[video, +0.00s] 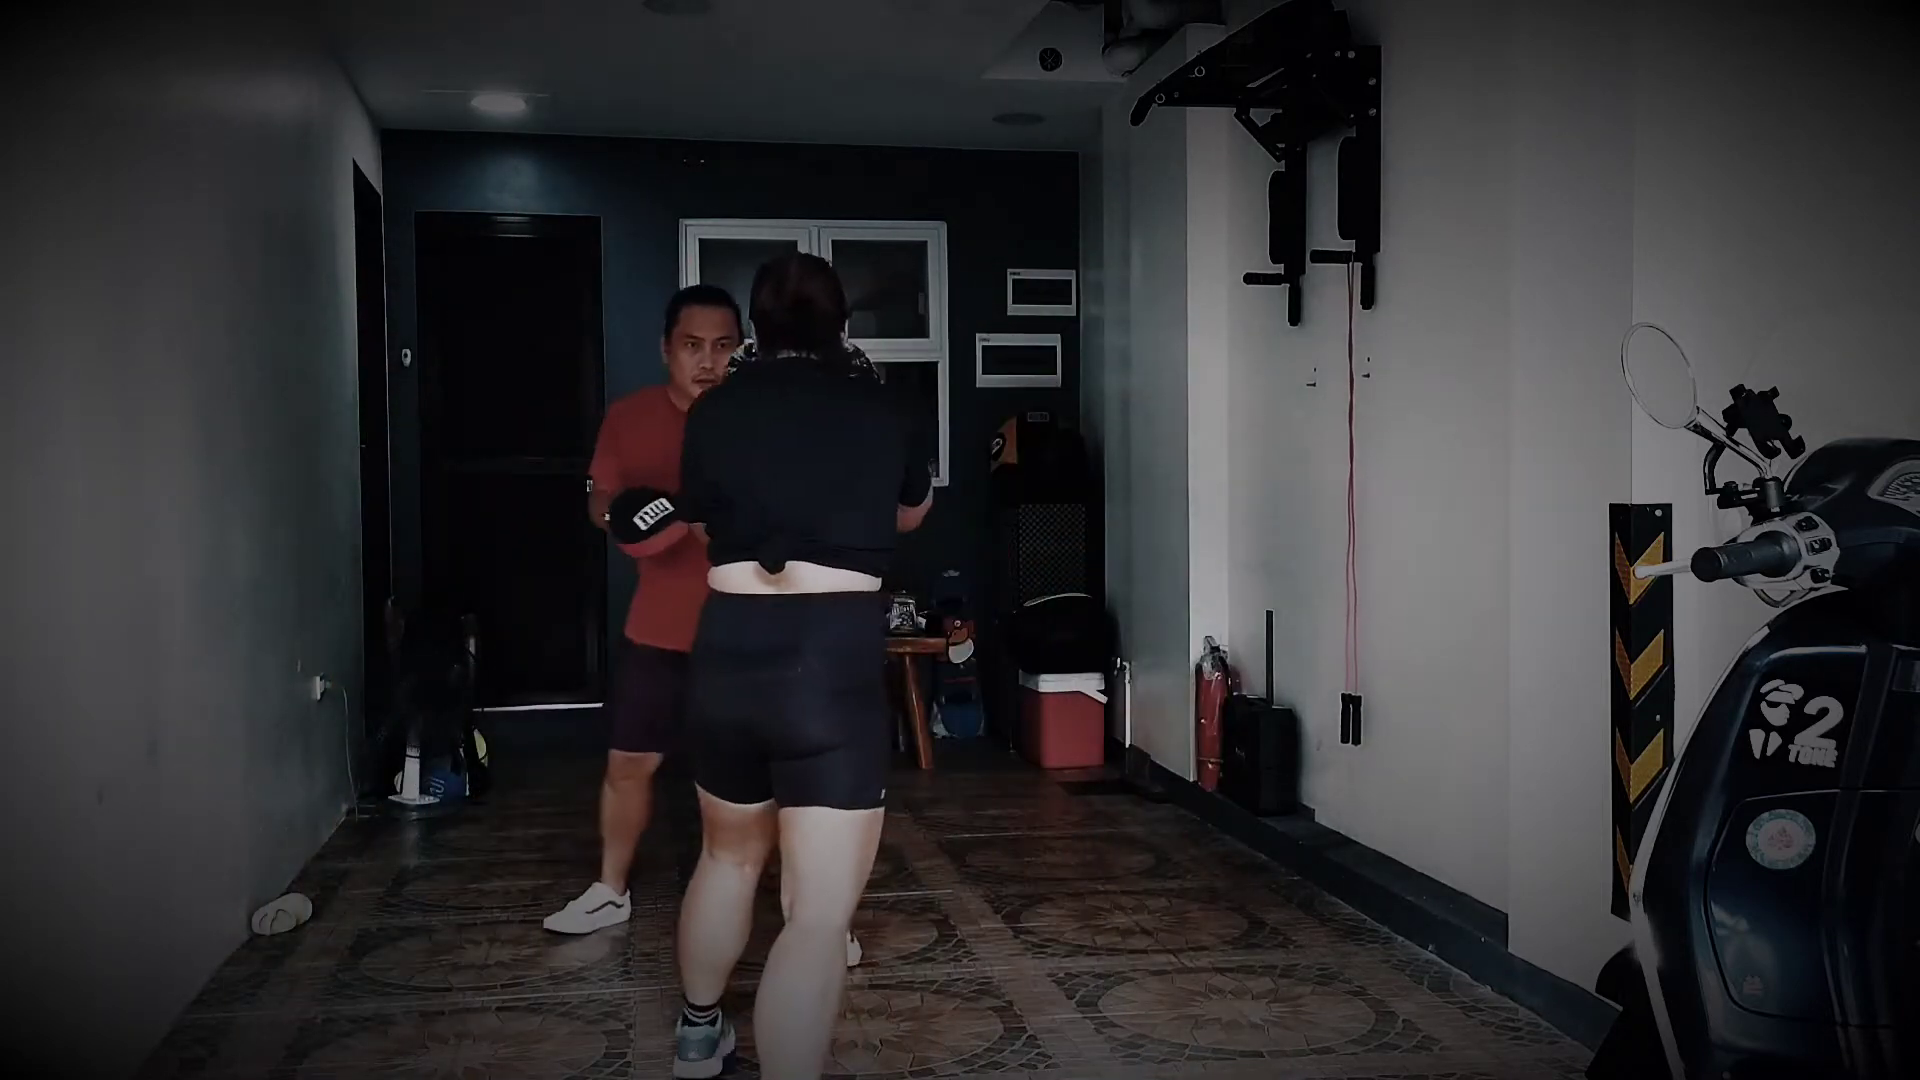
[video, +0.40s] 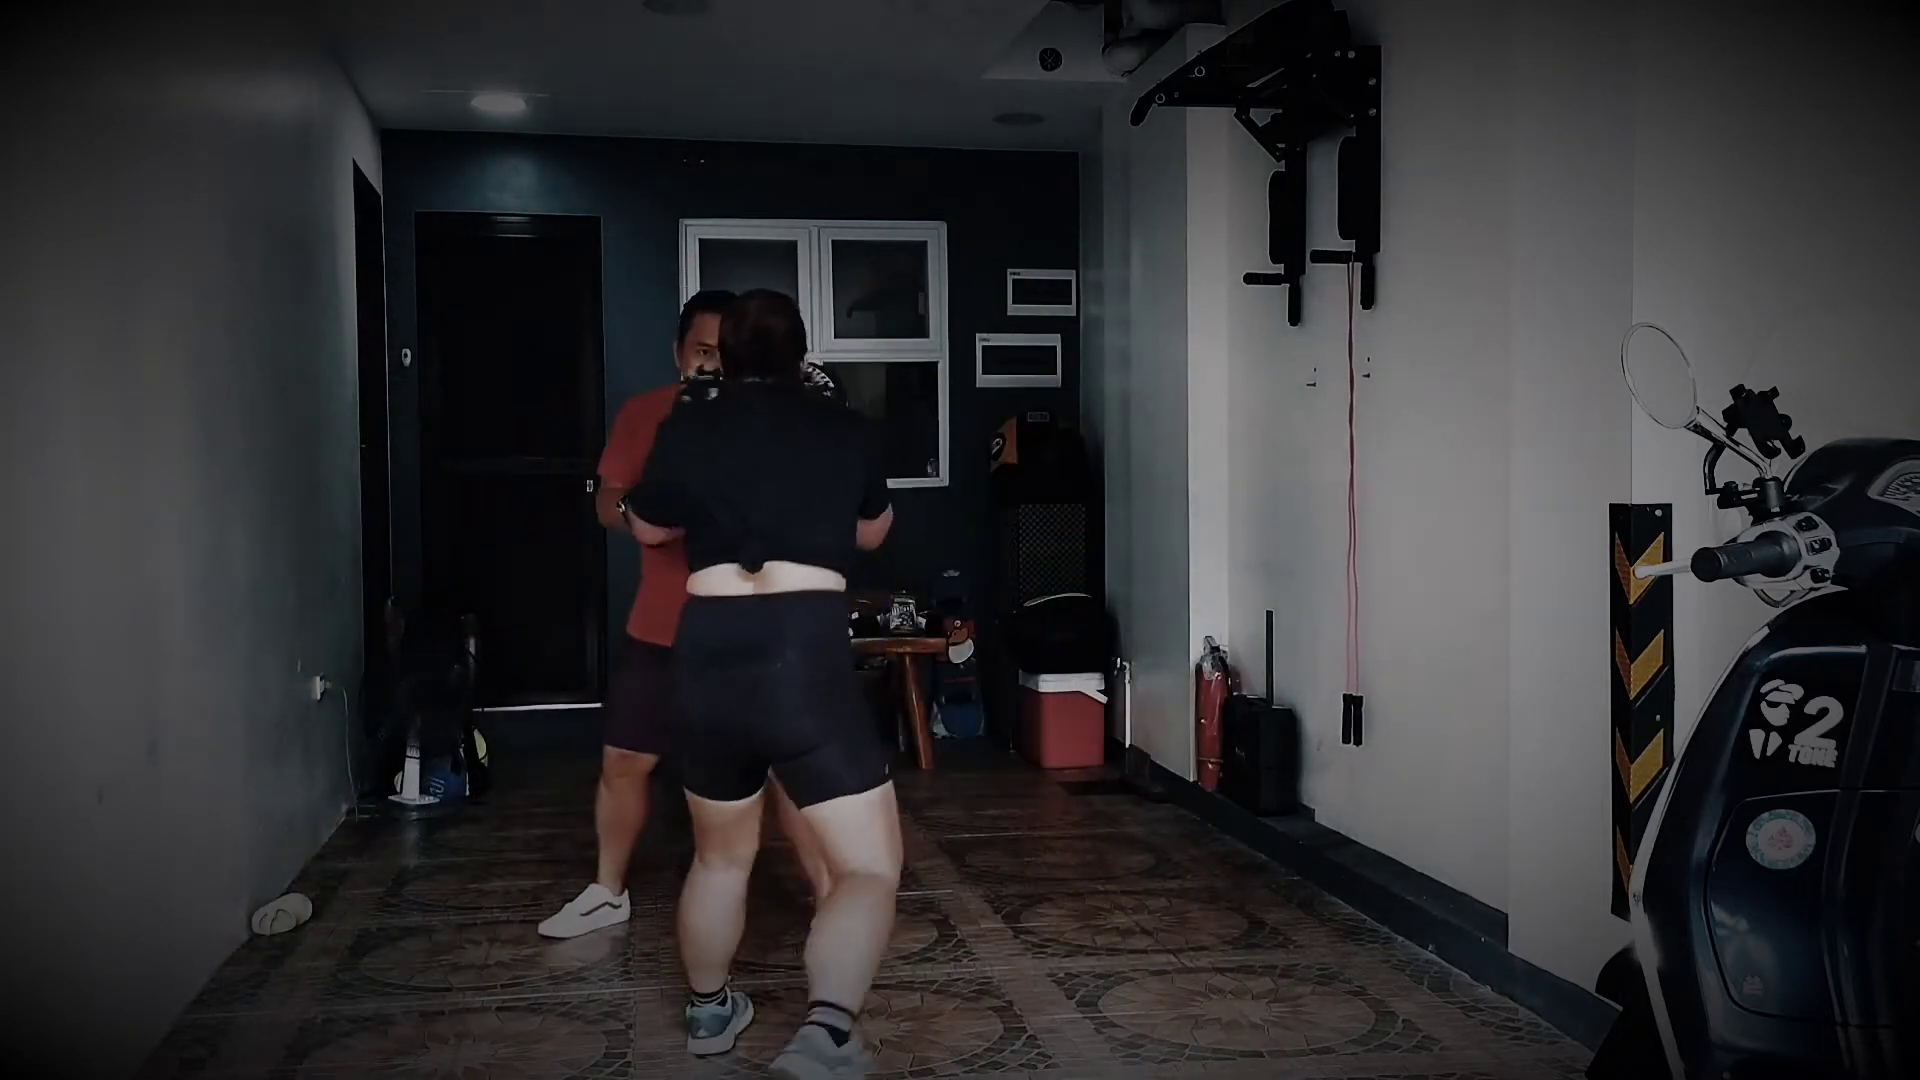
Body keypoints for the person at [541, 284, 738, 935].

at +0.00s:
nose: (708, 359)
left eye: (722, 345)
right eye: (694, 344)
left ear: (739, 351)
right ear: (667, 349)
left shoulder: (756, 418)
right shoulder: (631, 416)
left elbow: (779, 507)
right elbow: (600, 498)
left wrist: (708, 521)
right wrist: (624, 518)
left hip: (738, 629)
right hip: (657, 624)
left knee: (751, 772)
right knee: (627, 763)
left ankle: (809, 911)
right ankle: (612, 889)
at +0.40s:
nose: (709, 361)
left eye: (722, 350)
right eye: (699, 348)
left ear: (745, 356)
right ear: (677, 350)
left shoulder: (770, 416)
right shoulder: (646, 414)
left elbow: (795, 498)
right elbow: (605, 501)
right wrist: (637, 518)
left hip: (748, 631)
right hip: (660, 627)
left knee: (781, 771)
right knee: (622, 760)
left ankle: (830, 896)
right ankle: (609, 889)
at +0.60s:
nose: (705, 363)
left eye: (719, 351)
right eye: (692, 348)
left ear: (737, 356)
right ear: (667, 350)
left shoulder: (756, 412)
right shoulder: (631, 418)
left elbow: (839, 451)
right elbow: (596, 504)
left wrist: (812, 390)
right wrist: (628, 504)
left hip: (750, 631)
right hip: (651, 631)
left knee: (786, 773)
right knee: (616, 761)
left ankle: (829, 908)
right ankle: (608, 893)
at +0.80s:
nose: (704, 363)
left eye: (718, 349)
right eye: (690, 348)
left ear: (739, 355)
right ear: (668, 352)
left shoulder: (765, 416)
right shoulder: (641, 421)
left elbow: (832, 494)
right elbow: (607, 504)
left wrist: (842, 420)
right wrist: (611, 514)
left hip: (757, 631)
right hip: (658, 626)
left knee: (782, 765)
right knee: (618, 757)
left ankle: (827, 906)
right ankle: (607, 894)